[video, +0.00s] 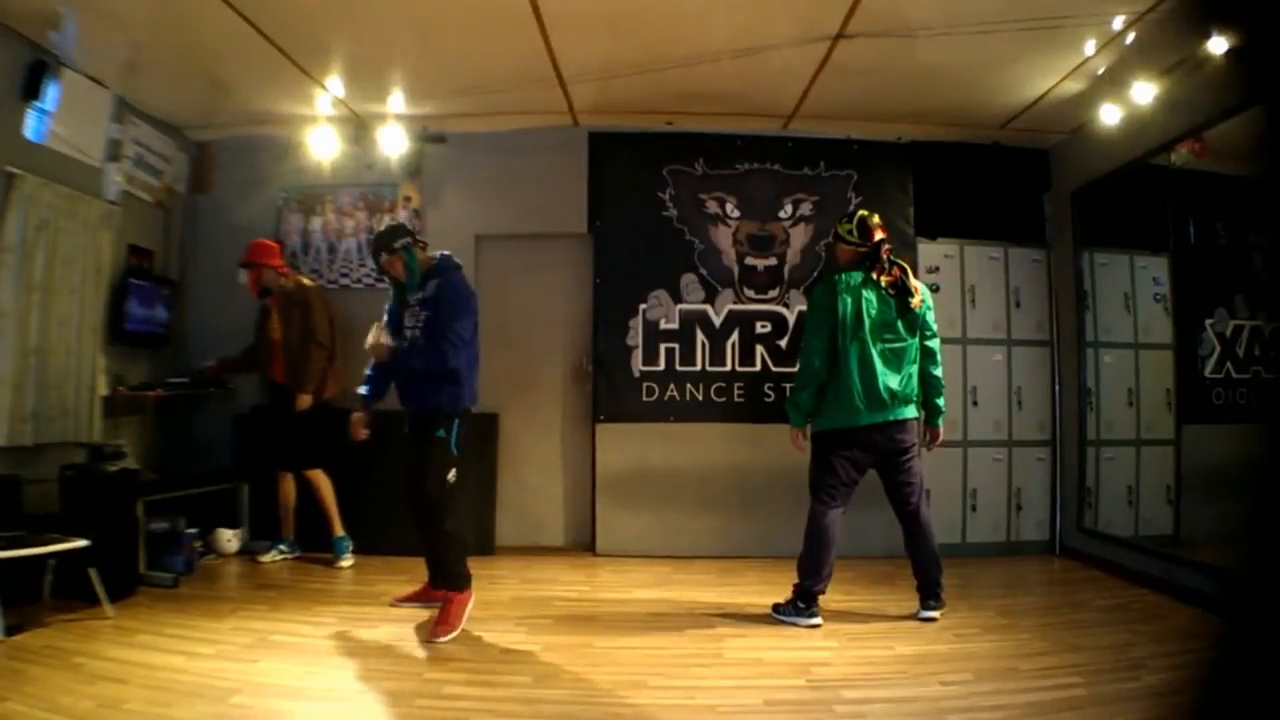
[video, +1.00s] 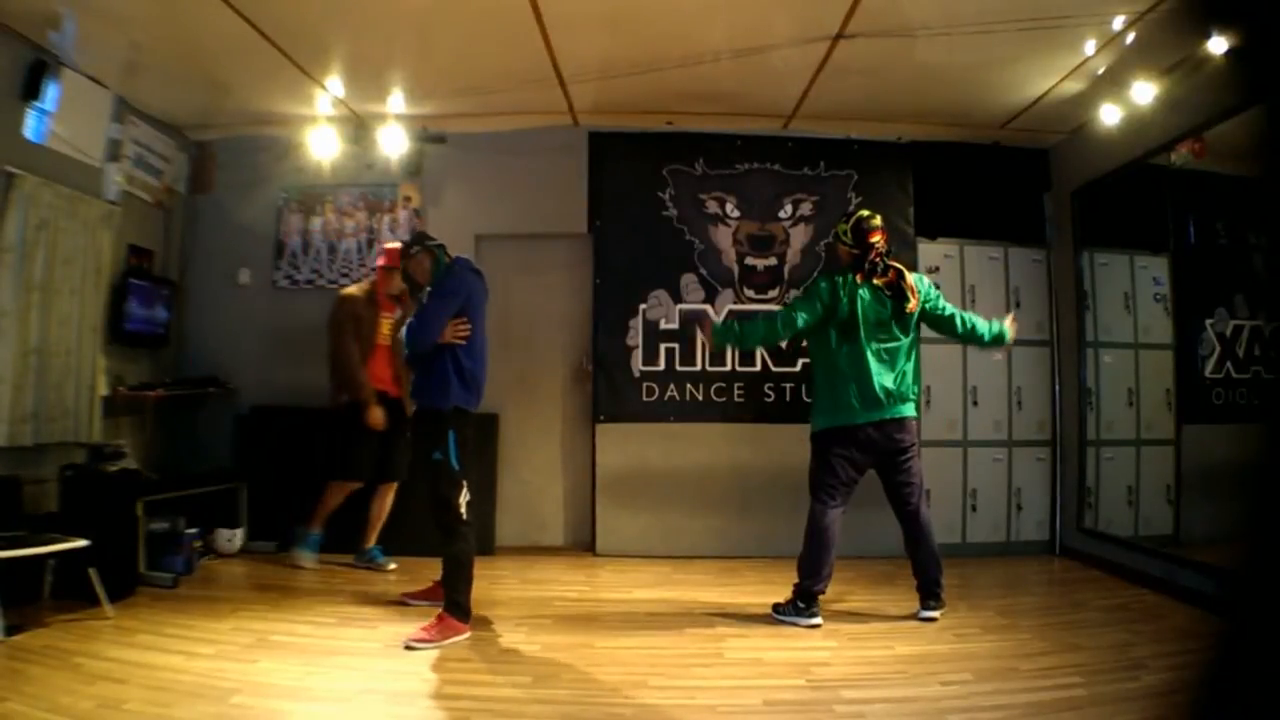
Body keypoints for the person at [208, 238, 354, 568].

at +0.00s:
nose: (251, 279)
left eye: (253, 271)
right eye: (250, 272)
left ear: (269, 268)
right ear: (266, 270)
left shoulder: (307, 293)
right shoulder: (269, 303)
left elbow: (320, 344)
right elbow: (261, 352)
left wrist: (307, 388)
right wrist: (224, 367)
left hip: (309, 392)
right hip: (279, 392)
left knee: (309, 464)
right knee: (283, 466)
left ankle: (340, 538)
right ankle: (287, 540)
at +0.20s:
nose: (255, 277)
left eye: (259, 269)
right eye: (253, 270)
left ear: (275, 267)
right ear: (257, 271)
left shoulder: (308, 292)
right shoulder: (263, 305)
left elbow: (329, 343)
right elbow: (253, 352)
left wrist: (325, 384)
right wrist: (216, 368)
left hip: (308, 392)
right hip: (277, 392)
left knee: (315, 465)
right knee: (284, 467)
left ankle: (338, 540)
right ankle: (286, 541)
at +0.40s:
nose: (281, 268)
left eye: (286, 261)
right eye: (275, 262)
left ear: (297, 262)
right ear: (266, 267)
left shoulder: (320, 295)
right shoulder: (264, 305)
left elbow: (343, 343)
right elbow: (250, 350)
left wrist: (347, 385)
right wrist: (213, 368)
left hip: (319, 393)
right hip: (282, 392)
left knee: (332, 465)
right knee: (286, 467)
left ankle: (350, 540)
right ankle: (286, 540)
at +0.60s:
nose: (312, 268)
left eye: (317, 262)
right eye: (307, 262)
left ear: (327, 265)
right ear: (295, 265)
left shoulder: (341, 301)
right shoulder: (279, 304)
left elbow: (356, 349)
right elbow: (263, 351)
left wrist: (364, 394)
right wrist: (231, 364)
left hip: (334, 395)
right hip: (292, 394)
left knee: (349, 469)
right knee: (292, 469)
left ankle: (362, 542)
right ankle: (287, 541)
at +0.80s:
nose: (363, 276)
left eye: (366, 271)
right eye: (358, 270)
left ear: (368, 275)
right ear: (339, 269)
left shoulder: (374, 310)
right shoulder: (308, 304)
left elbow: (381, 358)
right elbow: (294, 352)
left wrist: (382, 405)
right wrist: (303, 394)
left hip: (359, 402)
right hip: (317, 399)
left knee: (371, 474)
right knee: (301, 471)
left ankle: (366, 545)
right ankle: (288, 539)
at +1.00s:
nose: (397, 279)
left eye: (401, 273)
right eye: (393, 272)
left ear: (406, 276)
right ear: (380, 271)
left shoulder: (406, 306)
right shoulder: (353, 300)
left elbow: (408, 354)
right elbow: (348, 357)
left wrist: (409, 396)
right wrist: (368, 401)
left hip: (395, 398)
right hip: (360, 396)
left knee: (391, 475)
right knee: (353, 473)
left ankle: (369, 546)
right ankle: (312, 532)